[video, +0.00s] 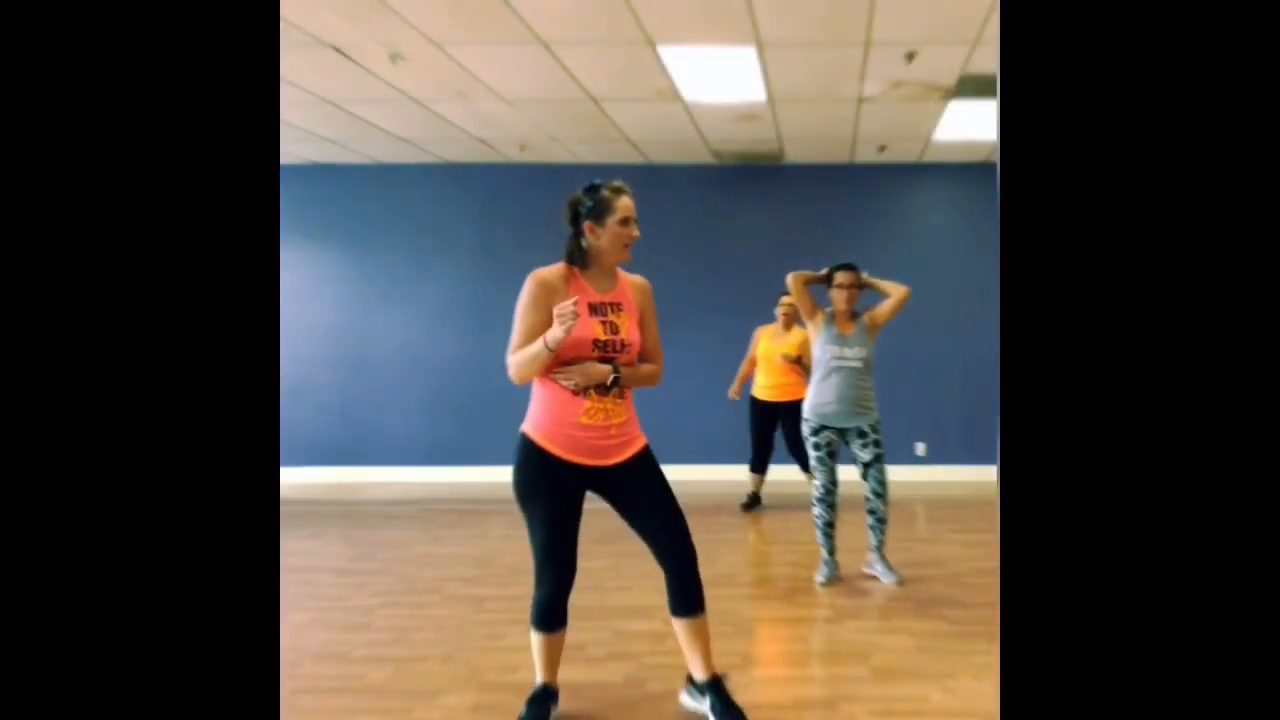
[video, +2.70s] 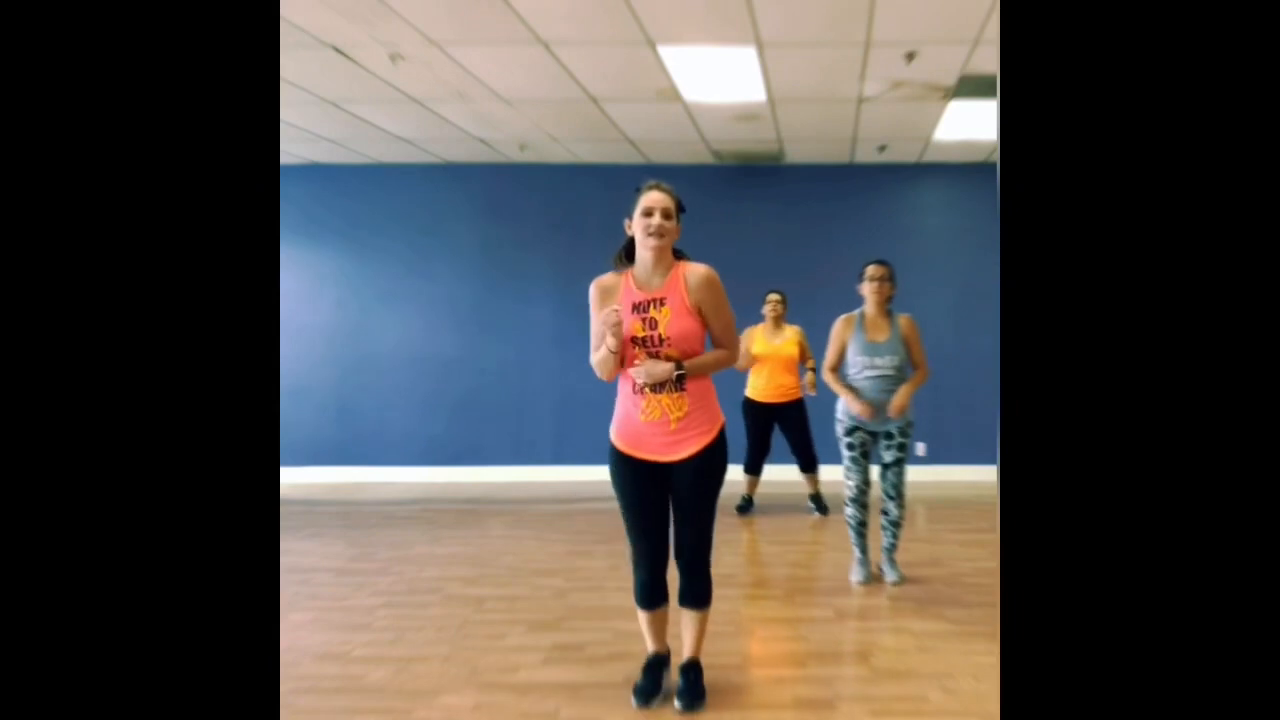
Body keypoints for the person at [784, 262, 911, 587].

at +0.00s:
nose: (846, 294)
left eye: (852, 288)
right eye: (840, 287)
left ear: (860, 293)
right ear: (829, 292)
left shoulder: (869, 324)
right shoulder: (817, 321)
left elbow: (902, 293)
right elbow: (793, 279)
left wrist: (869, 281)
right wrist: (824, 276)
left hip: (862, 418)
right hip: (820, 418)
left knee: (878, 487)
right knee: (824, 490)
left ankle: (876, 555)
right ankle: (827, 559)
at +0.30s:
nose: (847, 290)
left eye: (853, 284)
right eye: (841, 284)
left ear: (862, 289)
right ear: (831, 289)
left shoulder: (872, 322)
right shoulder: (817, 319)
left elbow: (916, 317)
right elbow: (775, 309)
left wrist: (885, 287)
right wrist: (806, 283)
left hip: (865, 417)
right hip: (822, 418)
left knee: (886, 483)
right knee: (825, 490)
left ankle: (887, 554)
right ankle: (828, 560)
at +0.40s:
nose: (851, 288)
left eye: (857, 283)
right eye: (845, 283)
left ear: (866, 289)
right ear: (835, 289)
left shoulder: (878, 323)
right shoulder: (822, 322)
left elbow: (922, 337)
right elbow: (776, 331)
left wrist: (903, 299)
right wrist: (796, 294)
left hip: (870, 418)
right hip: (827, 418)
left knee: (890, 486)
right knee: (827, 491)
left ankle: (899, 554)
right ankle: (828, 560)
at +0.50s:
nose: (858, 288)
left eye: (864, 283)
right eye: (852, 282)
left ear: (873, 289)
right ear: (842, 289)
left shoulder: (885, 324)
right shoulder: (828, 324)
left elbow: (920, 358)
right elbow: (796, 357)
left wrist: (920, 327)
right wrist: (793, 324)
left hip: (877, 420)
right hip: (834, 419)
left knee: (894, 488)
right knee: (831, 491)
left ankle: (906, 557)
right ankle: (828, 560)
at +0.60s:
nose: (867, 288)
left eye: (873, 282)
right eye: (861, 282)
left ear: (882, 290)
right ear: (850, 290)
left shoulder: (895, 326)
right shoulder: (836, 327)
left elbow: (916, 365)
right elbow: (818, 370)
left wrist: (930, 364)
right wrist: (803, 366)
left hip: (888, 421)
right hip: (844, 421)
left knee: (900, 491)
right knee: (838, 491)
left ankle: (907, 558)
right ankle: (829, 560)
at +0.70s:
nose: (877, 288)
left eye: (883, 282)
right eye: (870, 282)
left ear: (892, 289)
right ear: (860, 290)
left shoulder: (904, 325)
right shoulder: (846, 328)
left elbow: (921, 366)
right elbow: (837, 372)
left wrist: (932, 390)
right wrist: (826, 399)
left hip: (899, 421)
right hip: (855, 421)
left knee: (907, 491)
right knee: (844, 490)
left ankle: (908, 558)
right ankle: (831, 559)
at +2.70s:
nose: (878, 285)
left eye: (884, 279)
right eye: (872, 280)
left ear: (892, 287)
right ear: (861, 286)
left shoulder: (904, 325)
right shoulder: (845, 324)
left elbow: (921, 369)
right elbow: (828, 370)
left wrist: (905, 392)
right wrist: (852, 400)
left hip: (894, 418)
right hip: (854, 418)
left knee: (893, 491)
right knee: (857, 490)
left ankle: (889, 557)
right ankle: (860, 558)